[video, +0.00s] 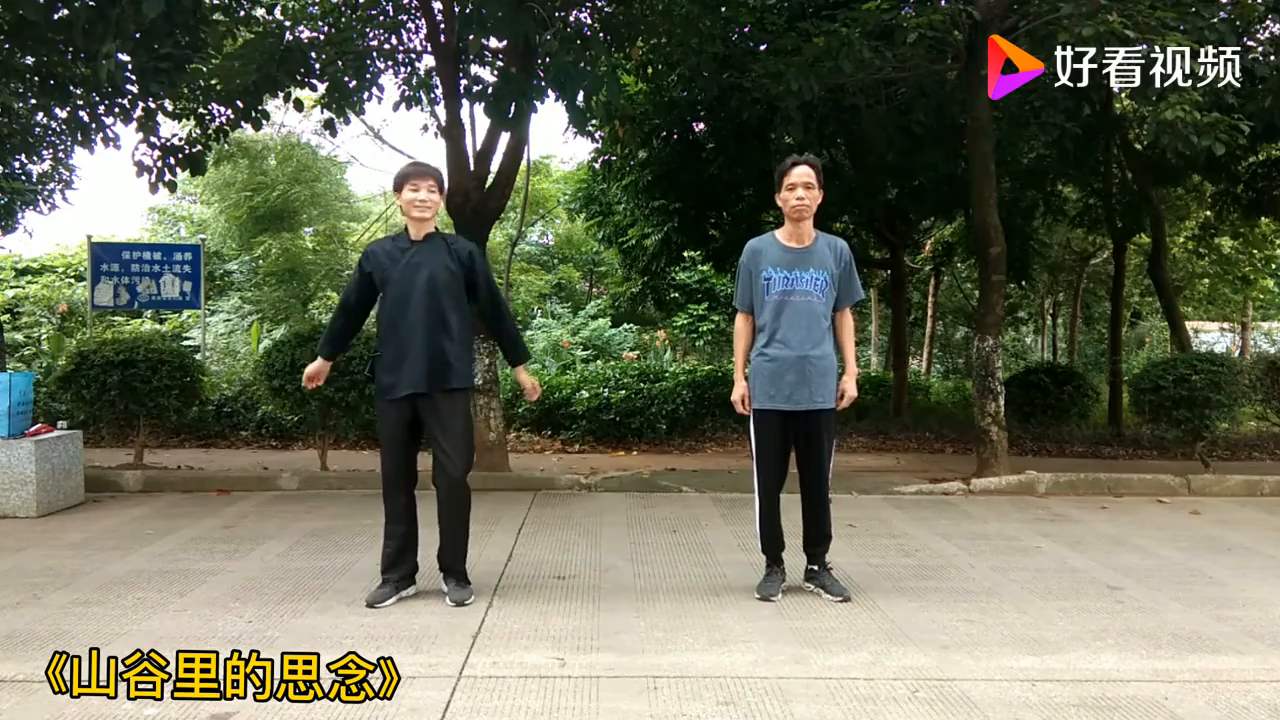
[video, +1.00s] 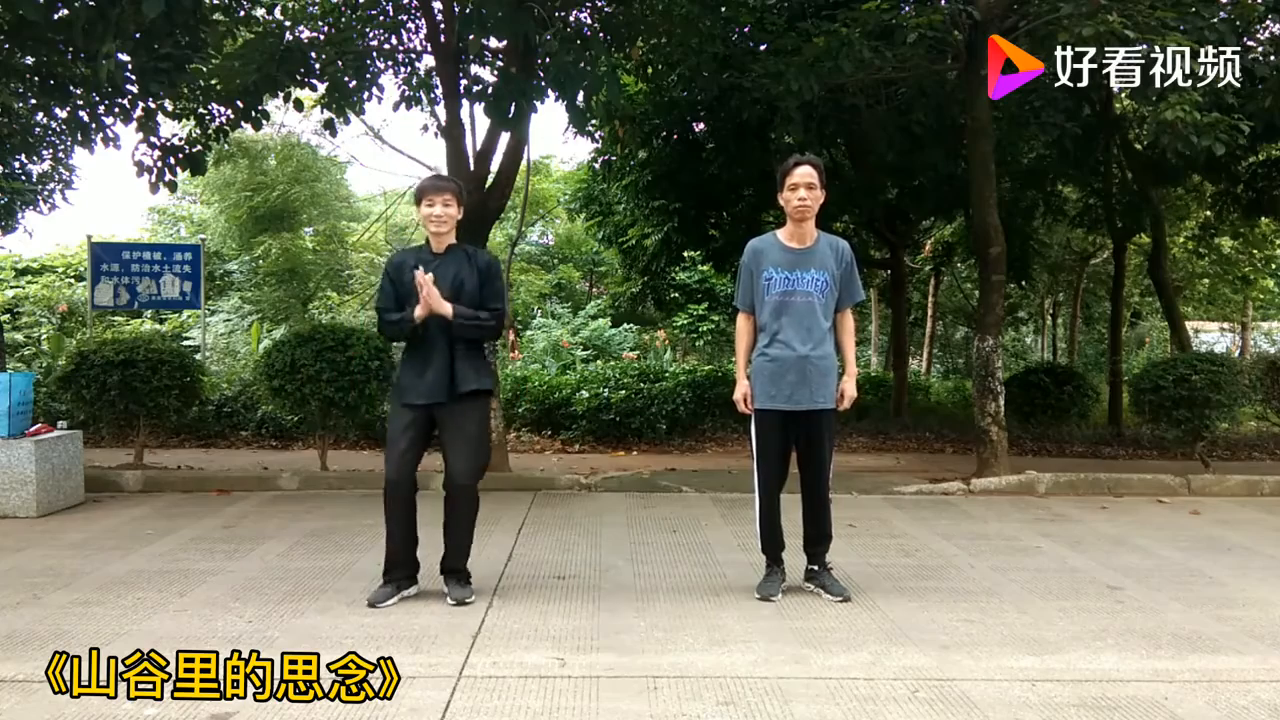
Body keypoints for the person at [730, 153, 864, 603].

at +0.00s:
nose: (801, 195)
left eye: (808, 187)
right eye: (792, 188)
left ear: (820, 196)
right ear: (779, 197)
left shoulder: (837, 250)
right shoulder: (756, 250)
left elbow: (843, 313)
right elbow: (744, 316)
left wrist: (850, 370)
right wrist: (739, 375)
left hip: (820, 384)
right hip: (767, 383)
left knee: (817, 482)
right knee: (768, 483)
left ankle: (817, 566)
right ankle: (773, 567)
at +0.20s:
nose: (800, 195)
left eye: (808, 187)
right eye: (791, 188)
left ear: (819, 196)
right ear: (778, 197)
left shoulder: (836, 250)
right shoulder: (756, 250)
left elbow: (842, 313)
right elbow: (744, 316)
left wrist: (849, 370)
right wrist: (739, 375)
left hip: (819, 384)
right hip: (767, 383)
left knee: (816, 482)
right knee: (767, 483)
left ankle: (817, 566)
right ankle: (773, 567)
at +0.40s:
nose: (800, 195)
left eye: (808, 187)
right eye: (791, 188)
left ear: (819, 196)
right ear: (779, 197)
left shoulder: (836, 250)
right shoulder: (756, 250)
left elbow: (842, 314)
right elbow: (744, 316)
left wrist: (849, 371)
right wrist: (740, 374)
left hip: (820, 383)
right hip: (767, 383)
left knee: (816, 482)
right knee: (767, 483)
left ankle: (817, 566)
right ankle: (773, 567)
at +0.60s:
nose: (802, 195)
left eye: (810, 188)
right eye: (793, 188)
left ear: (821, 196)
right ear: (780, 197)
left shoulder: (836, 250)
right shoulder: (757, 250)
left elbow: (843, 314)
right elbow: (744, 316)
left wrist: (850, 371)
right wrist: (740, 374)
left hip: (820, 384)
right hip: (768, 383)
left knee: (816, 482)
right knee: (768, 483)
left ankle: (817, 566)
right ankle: (773, 567)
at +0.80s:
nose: (803, 196)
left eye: (811, 188)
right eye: (794, 188)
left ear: (822, 196)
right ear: (781, 197)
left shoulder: (837, 251)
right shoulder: (758, 250)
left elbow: (843, 314)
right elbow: (745, 316)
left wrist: (850, 371)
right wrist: (741, 374)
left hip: (820, 384)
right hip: (768, 383)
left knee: (817, 483)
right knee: (768, 483)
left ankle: (817, 566)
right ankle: (773, 567)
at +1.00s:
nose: (803, 195)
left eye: (810, 187)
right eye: (794, 188)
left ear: (822, 196)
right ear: (781, 196)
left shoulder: (838, 250)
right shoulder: (758, 250)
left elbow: (844, 314)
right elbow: (746, 316)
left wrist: (850, 371)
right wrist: (741, 374)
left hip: (820, 383)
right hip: (768, 382)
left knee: (817, 482)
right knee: (768, 483)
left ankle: (817, 567)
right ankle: (773, 567)